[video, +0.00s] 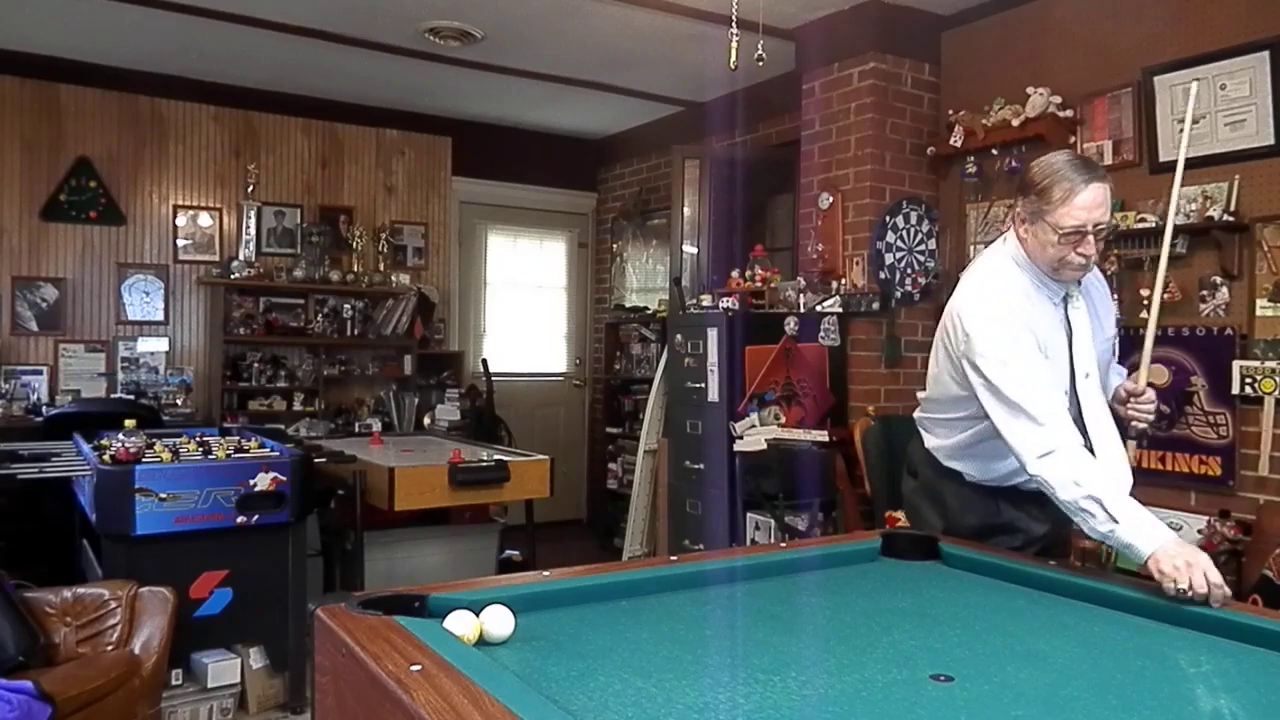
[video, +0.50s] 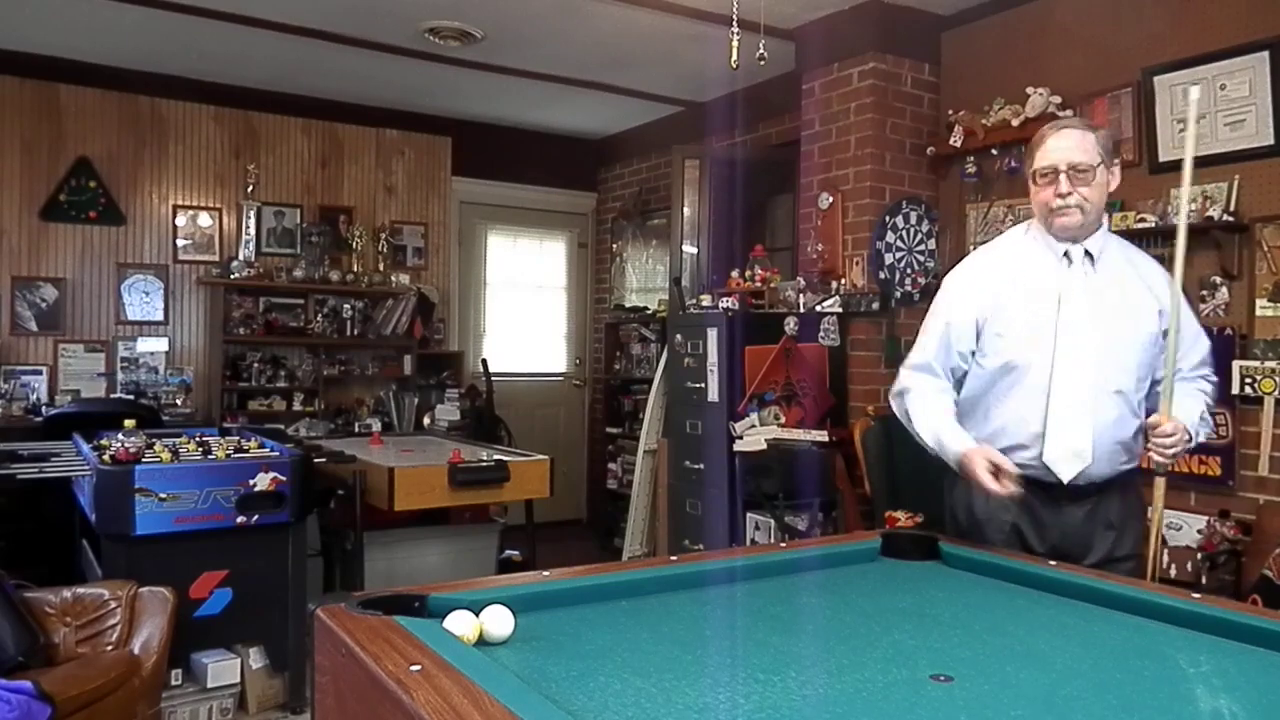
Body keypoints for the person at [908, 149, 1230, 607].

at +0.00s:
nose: (1089, 250)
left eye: (1099, 231)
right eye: (1071, 233)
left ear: (1107, 221)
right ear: (1022, 223)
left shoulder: (1085, 277)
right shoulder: (989, 306)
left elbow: (1099, 363)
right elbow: (1049, 452)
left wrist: (1121, 392)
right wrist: (1156, 544)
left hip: (1045, 501)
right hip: (967, 505)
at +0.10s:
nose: (1088, 239)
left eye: (1098, 220)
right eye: (1069, 222)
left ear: (1108, 213)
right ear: (1023, 217)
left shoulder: (1094, 277)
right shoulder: (989, 298)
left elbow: (1110, 359)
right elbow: (1030, 451)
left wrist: (1129, 393)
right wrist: (1140, 527)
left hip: (1057, 493)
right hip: (975, 500)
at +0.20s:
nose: (1086, 226)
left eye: (1097, 208)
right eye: (1066, 210)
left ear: (1107, 203)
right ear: (1021, 210)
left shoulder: (1102, 272)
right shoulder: (986, 290)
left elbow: (1123, 357)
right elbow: (988, 440)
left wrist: (1141, 398)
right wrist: (1102, 509)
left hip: (1076, 493)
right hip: (985, 498)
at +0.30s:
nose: (1079, 213)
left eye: (1090, 194)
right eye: (1059, 198)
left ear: (1103, 193)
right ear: (1021, 202)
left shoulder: (1114, 271)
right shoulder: (982, 284)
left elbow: (1142, 356)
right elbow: (959, 430)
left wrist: (1154, 403)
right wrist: (1054, 504)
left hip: (1085, 501)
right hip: (991, 505)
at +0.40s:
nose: (1068, 199)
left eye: (1083, 182)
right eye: (1049, 186)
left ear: (1105, 185)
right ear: (1021, 192)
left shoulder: (1127, 274)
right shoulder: (978, 281)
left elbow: (1160, 360)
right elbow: (934, 408)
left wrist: (1165, 408)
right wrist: (1005, 486)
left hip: (1101, 506)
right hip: (994, 512)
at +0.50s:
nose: (1062, 188)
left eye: (1079, 172)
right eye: (1046, 176)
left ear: (1111, 178)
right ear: (1030, 188)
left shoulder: (1150, 281)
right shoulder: (984, 271)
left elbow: (1192, 373)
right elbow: (919, 380)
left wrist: (1182, 425)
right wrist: (962, 450)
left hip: (1109, 512)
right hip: (998, 507)